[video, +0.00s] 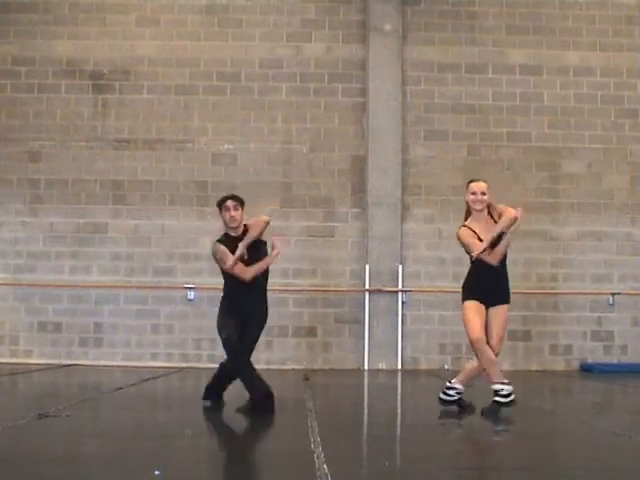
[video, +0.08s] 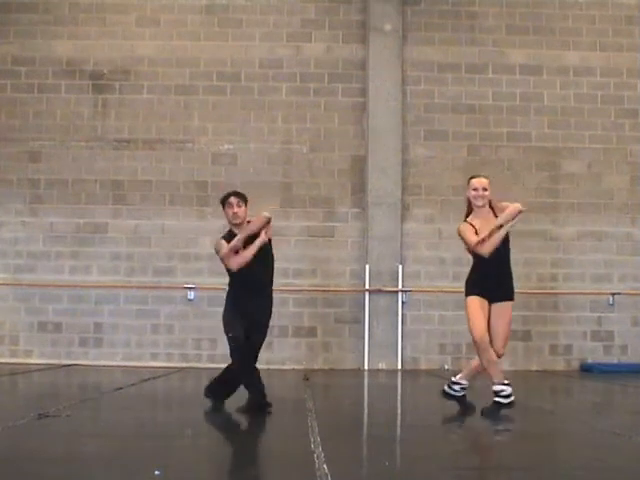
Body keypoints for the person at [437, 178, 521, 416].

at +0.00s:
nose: (478, 198)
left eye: (483, 194)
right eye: (473, 194)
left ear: (489, 197)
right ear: (466, 198)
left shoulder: (500, 212)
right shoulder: (466, 232)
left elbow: (512, 215)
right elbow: (493, 259)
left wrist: (488, 242)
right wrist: (507, 231)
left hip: (499, 286)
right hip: (475, 287)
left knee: (493, 349)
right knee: (475, 339)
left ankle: (453, 387)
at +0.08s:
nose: (480, 194)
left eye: (484, 189)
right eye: (475, 190)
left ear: (490, 192)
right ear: (467, 193)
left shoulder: (500, 210)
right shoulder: (466, 226)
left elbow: (517, 208)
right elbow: (484, 250)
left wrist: (490, 229)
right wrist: (506, 225)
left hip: (503, 285)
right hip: (478, 285)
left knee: (497, 349)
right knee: (478, 338)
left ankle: (459, 382)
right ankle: (501, 387)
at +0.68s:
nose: (513, 178)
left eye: (518, 174)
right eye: (509, 173)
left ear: (524, 178)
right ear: (501, 177)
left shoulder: (531, 201)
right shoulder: (491, 199)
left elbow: (551, 172)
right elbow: (471, 169)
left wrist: (552, 142)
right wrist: (478, 136)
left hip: (521, 275)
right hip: (491, 274)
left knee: (537, 334)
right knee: (480, 335)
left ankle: (554, 390)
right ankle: (461, 392)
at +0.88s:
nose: (514, 192)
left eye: (518, 188)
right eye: (509, 187)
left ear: (524, 191)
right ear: (501, 191)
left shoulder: (531, 217)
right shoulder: (491, 214)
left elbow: (554, 228)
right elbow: (474, 215)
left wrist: (526, 231)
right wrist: (503, 225)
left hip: (521, 282)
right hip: (493, 282)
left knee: (535, 346)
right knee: (495, 342)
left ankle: (556, 394)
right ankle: (463, 394)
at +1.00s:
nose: (512, 189)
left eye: (517, 185)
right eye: (507, 185)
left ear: (523, 188)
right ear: (498, 188)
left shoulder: (529, 214)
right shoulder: (488, 212)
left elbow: (550, 235)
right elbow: (489, 225)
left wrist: (532, 210)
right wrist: (507, 203)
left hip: (519, 279)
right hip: (490, 278)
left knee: (538, 338)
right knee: (485, 338)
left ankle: (556, 391)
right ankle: (462, 393)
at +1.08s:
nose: (512, 193)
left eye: (516, 188)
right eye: (507, 188)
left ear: (522, 191)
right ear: (498, 191)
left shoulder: (527, 214)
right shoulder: (489, 217)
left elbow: (535, 246)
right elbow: (500, 238)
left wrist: (537, 218)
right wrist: (516, 213)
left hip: (517, 279)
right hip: (489, 279)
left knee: (544, 336)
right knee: (475, 333)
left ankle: (553, 391)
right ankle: (459, 389)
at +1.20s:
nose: (512, 213)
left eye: (516, 209)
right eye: (507, 209)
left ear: (522, 211)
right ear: (499, 212)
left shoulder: (532, 240)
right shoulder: (489, 240)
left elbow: (531, 270)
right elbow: (499, 270)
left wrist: (532, 290)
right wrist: (519, 286)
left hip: (518, 296)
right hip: (488, 295)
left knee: (559, 336)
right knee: (453, 334)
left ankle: (556, 394)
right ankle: (452, 395)